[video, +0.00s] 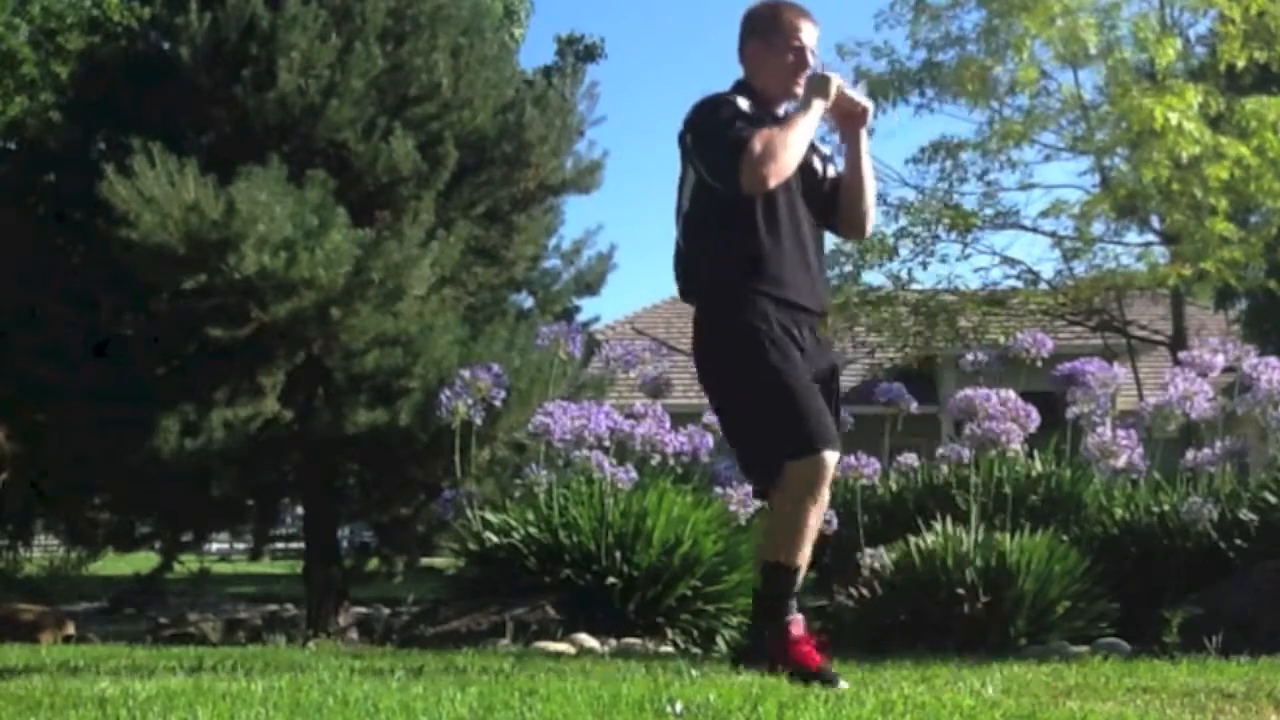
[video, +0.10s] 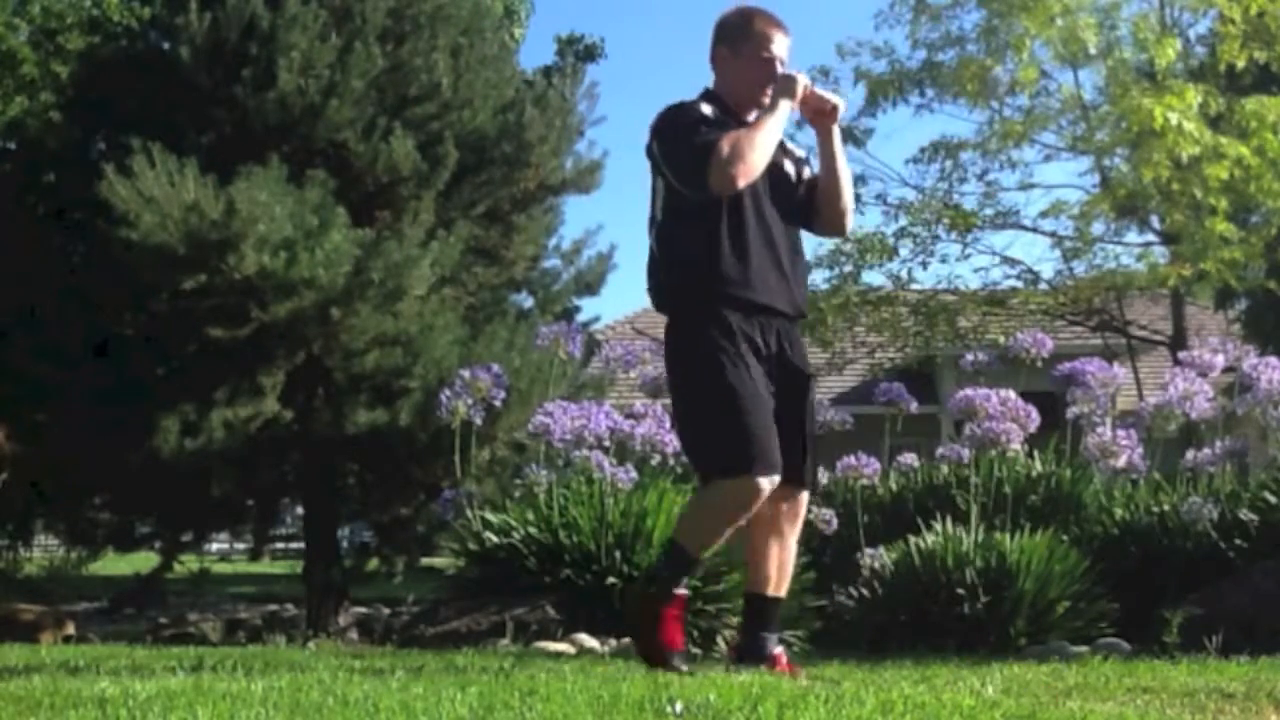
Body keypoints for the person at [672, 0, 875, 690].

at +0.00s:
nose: (806, 60)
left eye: (810, 50)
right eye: (791, 48)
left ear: (813, 61)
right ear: (750, 51)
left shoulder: (801, 135)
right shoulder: (715, 115)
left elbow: (854, 222)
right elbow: (760, 170)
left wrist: (856, 137)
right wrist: (814, 107)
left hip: (801, 326)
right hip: (743, 320)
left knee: (799, 482)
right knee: (814, 456)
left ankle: (770, 636)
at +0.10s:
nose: (778, 70)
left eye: (783, 59)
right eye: (764, 56)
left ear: (786, 69)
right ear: (721, 58)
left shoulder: (776, 147)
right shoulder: (681, 122)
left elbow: (833, 218)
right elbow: (729, 171)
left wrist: (829, 133)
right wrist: (783, 105)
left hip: (782, 330)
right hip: (713, 323)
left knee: (792, 489)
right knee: (751, 476)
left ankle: (758, 642)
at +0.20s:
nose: (742, 79)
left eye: (748, 68)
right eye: (731, 65)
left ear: (746, 74)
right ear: (687, 61)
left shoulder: (742, 150)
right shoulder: (647, 127)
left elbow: (799, 225)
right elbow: (692, 185)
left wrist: (795, 140)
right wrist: (744, 117)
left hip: (754, 335)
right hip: (681, 332)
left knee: (770, 494)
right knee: (673, 491)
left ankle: (756, 645)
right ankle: (565, 602)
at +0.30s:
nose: (703, 82)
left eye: (709, 73)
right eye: (692, 68)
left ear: (709, 78)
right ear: (648, 64)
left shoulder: (703, 151)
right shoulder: (610, 132)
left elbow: (758, 235)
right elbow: (654, 204)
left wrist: (759, 156)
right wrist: (713, 137)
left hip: (719, 345)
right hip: (636, 345)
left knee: (746, 499)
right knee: (600, 497)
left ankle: (752, 647)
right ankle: (517, 606)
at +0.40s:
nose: (665, 99)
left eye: (672, 89)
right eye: (652, 84)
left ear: (678, 96)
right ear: (611, 81)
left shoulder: (673, 167)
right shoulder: (573, 151)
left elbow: (727, 247)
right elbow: (615, 225)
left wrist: (727, 171)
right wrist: (674, 154)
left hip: (671, 356)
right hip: (585, 358)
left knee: (733, 493)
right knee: (551, 509)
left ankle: (750, 645)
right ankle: (500, 634)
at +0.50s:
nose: (641, 105)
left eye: (647, 95)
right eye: (628, 92)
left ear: (649, 101)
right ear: (585, 91)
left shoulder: (657, 183)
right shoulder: (541, 163)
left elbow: (710, 250)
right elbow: (584, 228)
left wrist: (703, 170)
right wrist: (636, 157)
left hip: (643, 367)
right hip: (555, 367)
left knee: (718, 483)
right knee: (531, 521)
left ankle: (727, 638)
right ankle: (493, 640)